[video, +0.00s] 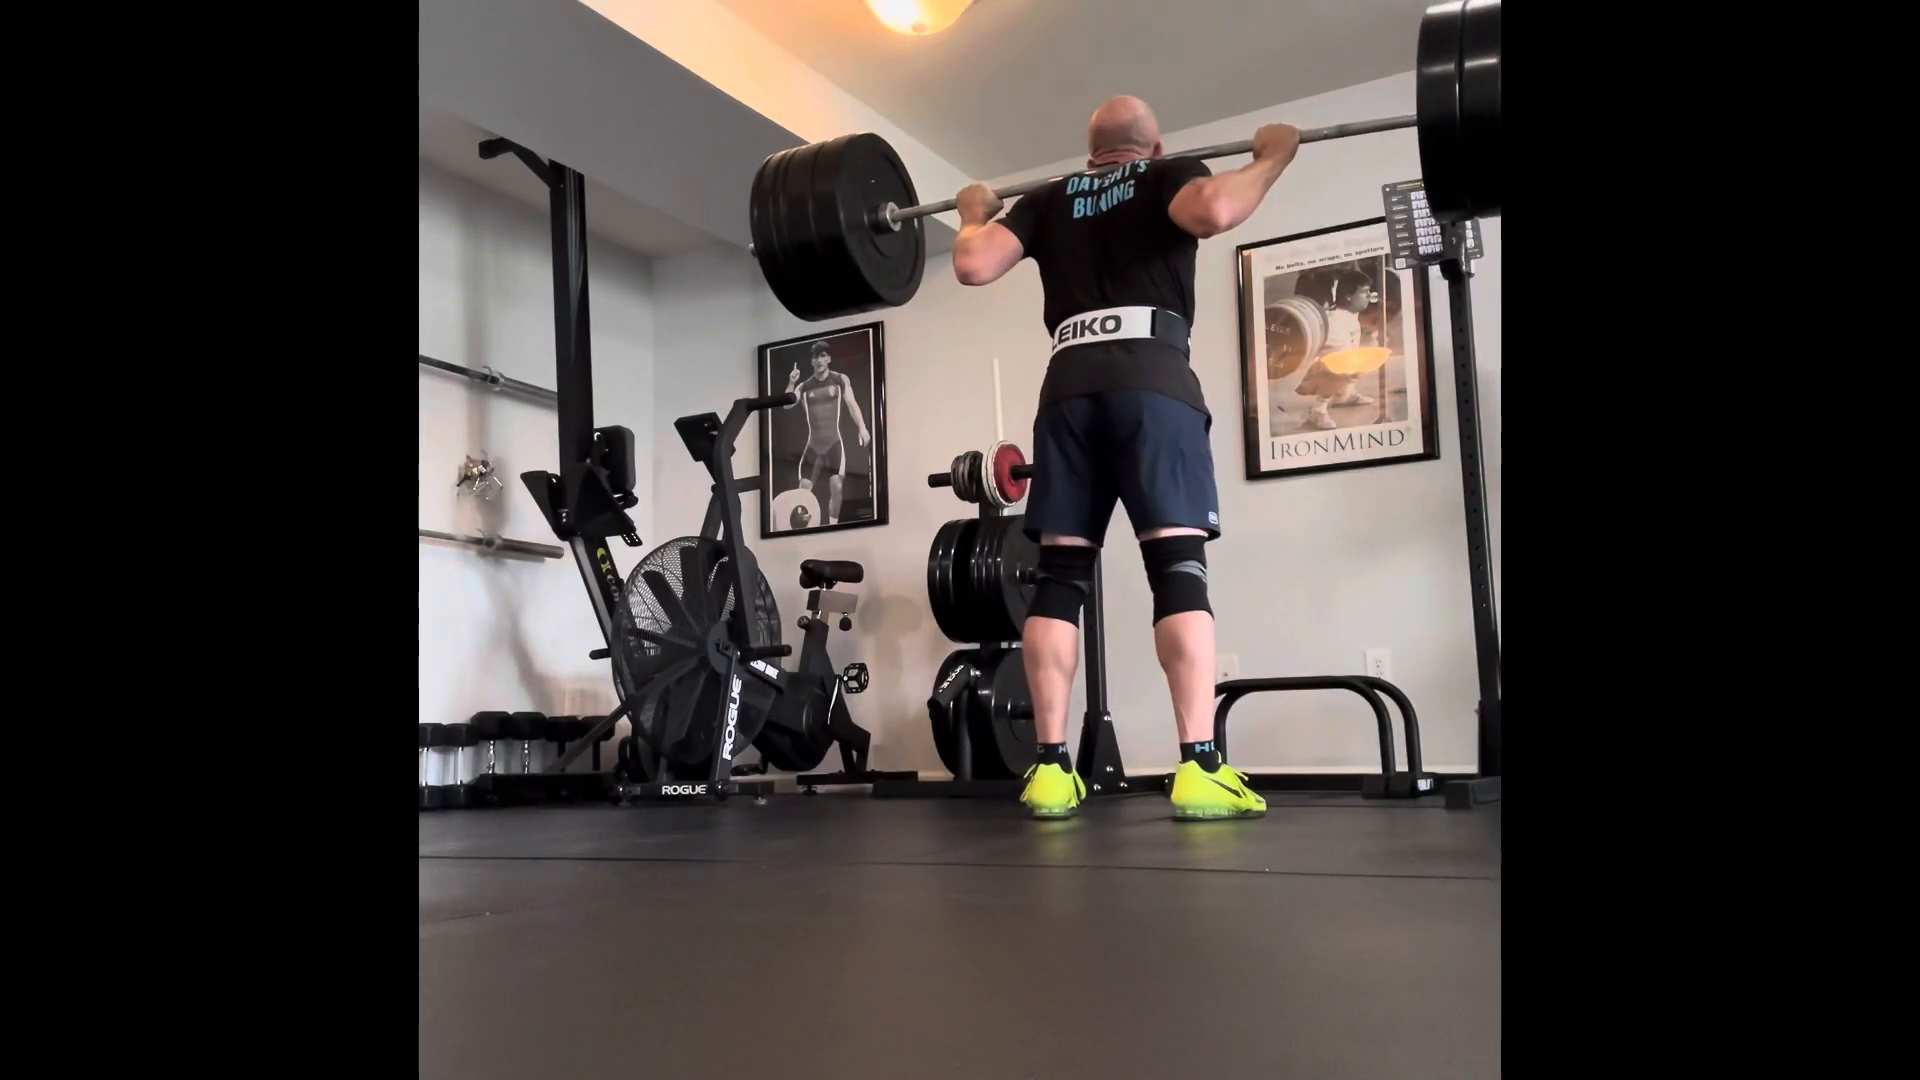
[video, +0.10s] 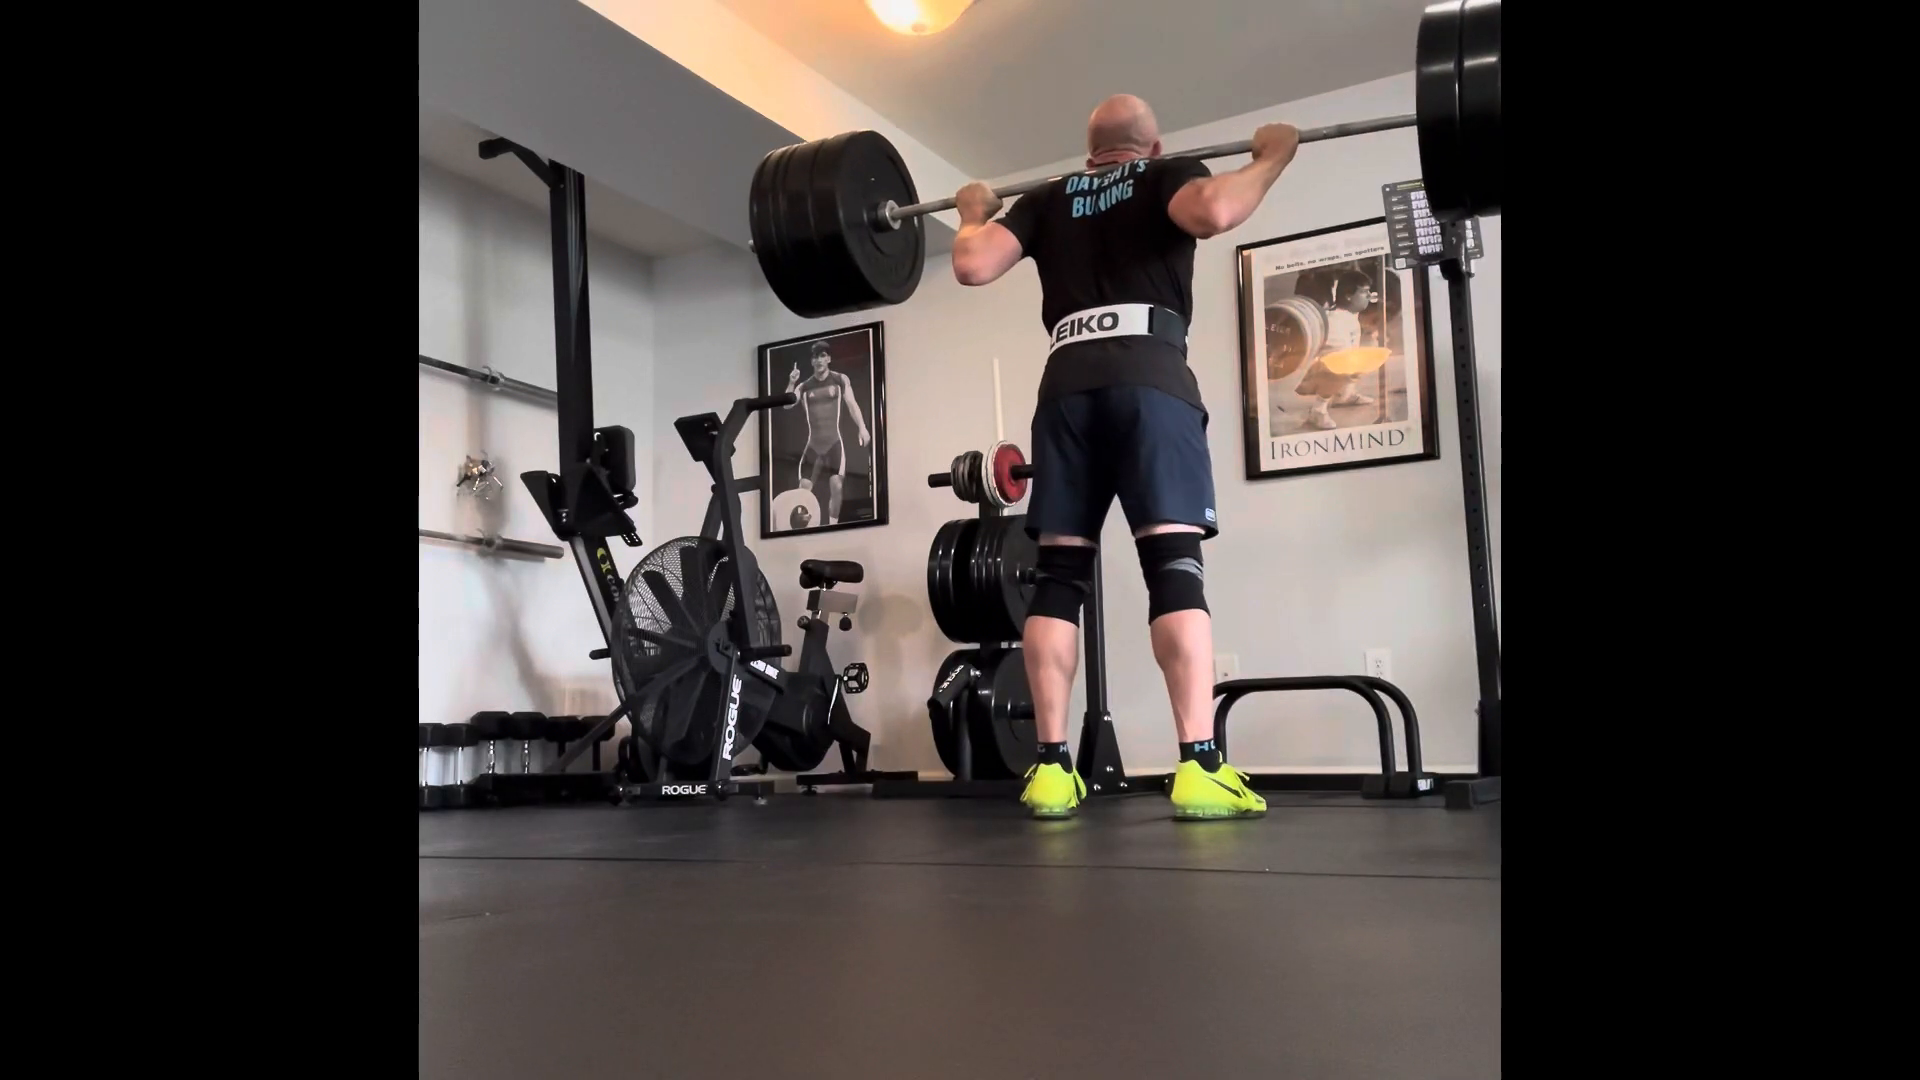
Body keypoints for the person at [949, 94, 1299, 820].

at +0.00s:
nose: (1152, 148)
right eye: (1155, 140)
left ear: (1088, 149)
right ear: (1155, 145)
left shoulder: (1047, 200)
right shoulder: (1165, 173)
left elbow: (972, 263)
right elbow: (1217, 209)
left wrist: (972, 214)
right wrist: (1270, 159)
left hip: (1068, 385)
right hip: (1156, 382)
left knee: (1059, 577)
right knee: (1178, 570)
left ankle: (1051, 766)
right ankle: (1199, 763)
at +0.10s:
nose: (1152, 148)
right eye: (1155, 139)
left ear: (1087, 149)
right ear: (1154, 144)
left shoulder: (1045, 201)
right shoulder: (1164, 173)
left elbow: (971, 262)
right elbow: (1216, 209)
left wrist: (971, 213)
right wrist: (1269, 159)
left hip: (1066, 384)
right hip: (1153, 381)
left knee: (1058, 577)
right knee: (1174, 569)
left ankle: (1052, 765)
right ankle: (1199, 762)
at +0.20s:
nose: (1153, 152)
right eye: (1155, 144)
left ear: (1086, 153)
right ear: (1153, 149)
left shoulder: (1044, 205)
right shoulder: (1162, 178)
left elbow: (970, 266)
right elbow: (1215, 214)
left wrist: (971, 217)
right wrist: (1268, 164)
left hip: (1062, 386)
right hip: (1150, 382)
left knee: (1057, 578)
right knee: (1182, 571)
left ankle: (1052, 765)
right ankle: (1200, 763)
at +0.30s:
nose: (1150, 162)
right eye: (1152, 154)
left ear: (1085, 162)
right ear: (1151, 160)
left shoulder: (1042, 214)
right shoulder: (1161, 188)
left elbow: (969, 275)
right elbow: (1212, 223)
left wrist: (970, 227)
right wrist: (1268, 173)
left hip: (1060, 392)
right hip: (1148, 387)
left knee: (1056, 583)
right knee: (1195, 577)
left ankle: (1051, 766)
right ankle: (1201, 765)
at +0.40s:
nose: (1151, 175)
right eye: (1153, 166)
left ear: (1084, 174)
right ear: (1151, 172)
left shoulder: (1042, 225)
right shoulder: (1160, 200)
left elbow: (968, 286)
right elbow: (1210, 235)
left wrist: (970, 236)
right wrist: (1269, 183)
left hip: (1057, 406)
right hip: (1148, 399)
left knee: (1057, 589)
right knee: (1208, 579)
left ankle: (1051, 765)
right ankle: (1203, 764)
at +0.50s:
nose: (1152, 192)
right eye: (1153, 183)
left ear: (1084, 188)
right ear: (1151, 186)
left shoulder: (1041, 238)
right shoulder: (1162, 214)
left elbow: (967, 300)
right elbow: (1207, 253)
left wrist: (971, 248)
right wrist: (1268, 198)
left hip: (1057, 419)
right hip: (1148, 410)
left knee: (1057, 597)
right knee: (1217, 583)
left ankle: (1052, 766)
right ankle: (1203, 765)